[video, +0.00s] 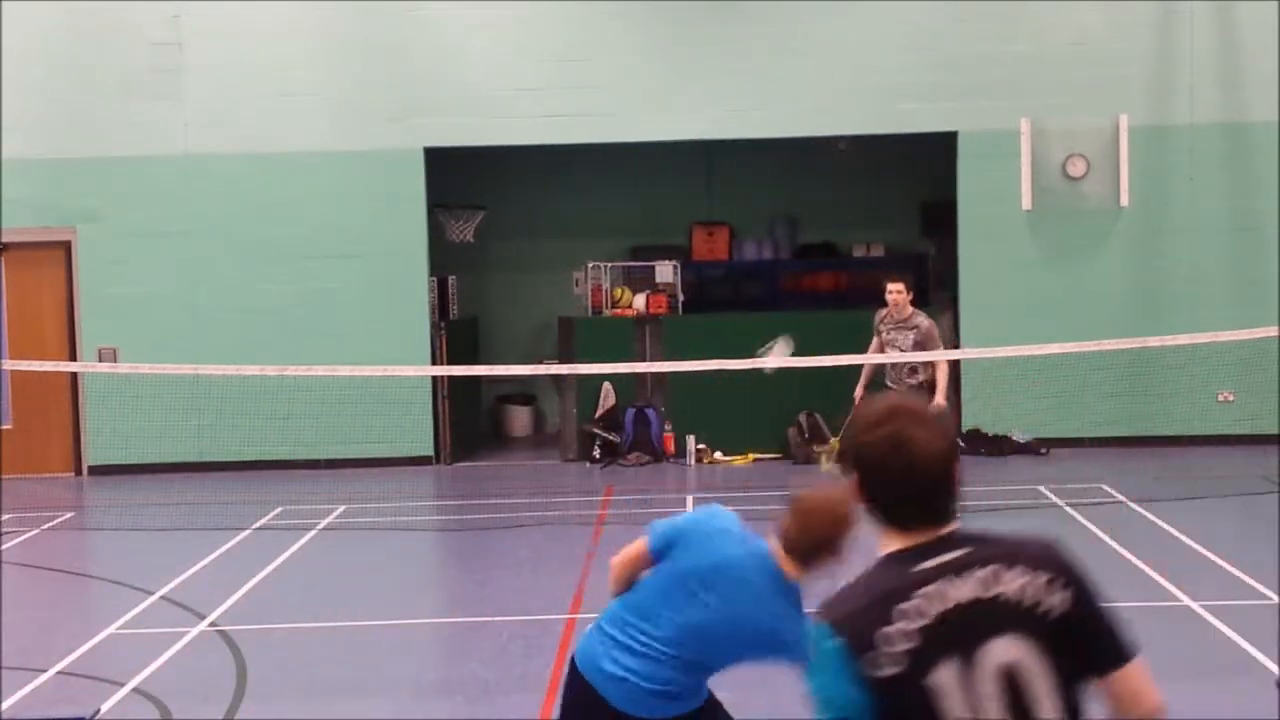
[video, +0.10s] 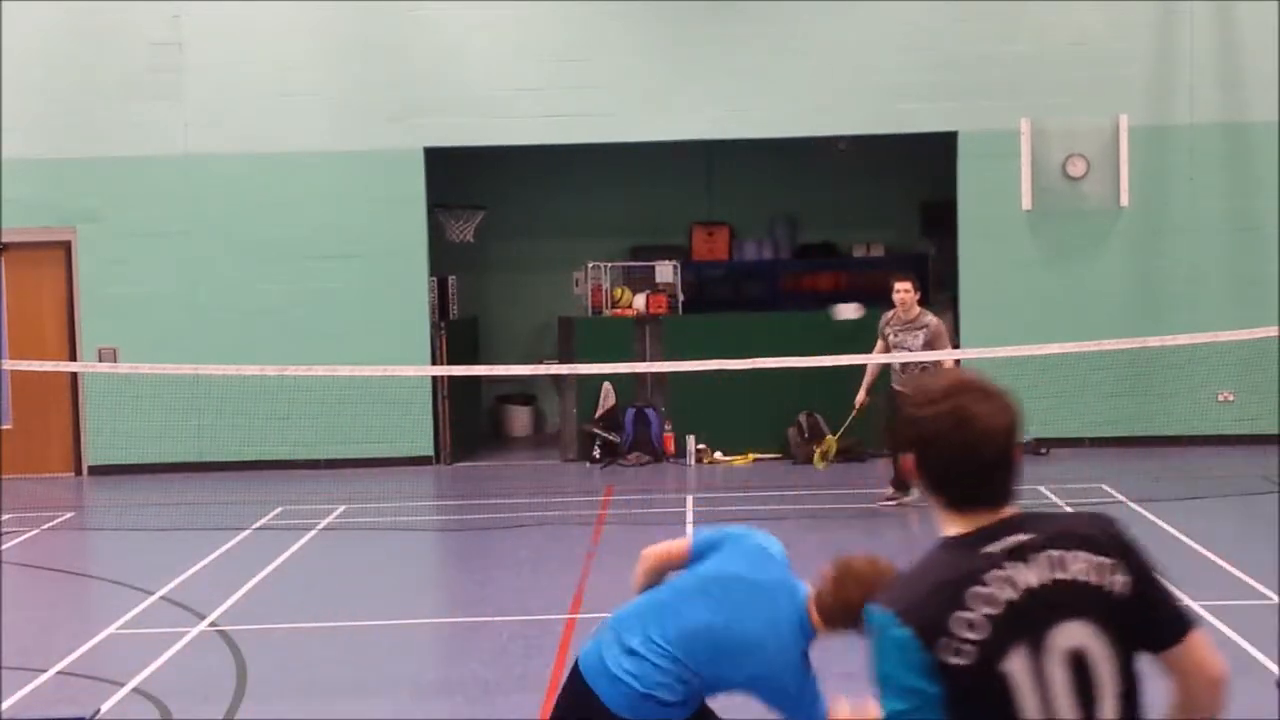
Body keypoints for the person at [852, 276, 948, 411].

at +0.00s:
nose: (894, 298)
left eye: (899, 293)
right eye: (890, 293)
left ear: (909, 296)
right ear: (885, 296)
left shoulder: (924, 325)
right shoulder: (882, 317)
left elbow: (940, 361)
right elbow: (875, 349)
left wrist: (940, 396)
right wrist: (861, 385)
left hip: (918, 392)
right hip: (890, 391)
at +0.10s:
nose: (901, 296)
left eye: (906, 292)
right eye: (897, 292)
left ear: (917, 295)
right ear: (892, 296)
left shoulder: (932, 325)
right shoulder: (888, 321)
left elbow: (948, 363)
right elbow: (878, 355)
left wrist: (948, 395)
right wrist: (863, 389)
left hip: (927, 394)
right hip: (898, 393)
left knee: (927, 438)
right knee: (896, 438)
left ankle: (935, 486)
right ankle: (901, 486)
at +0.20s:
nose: (905, 292)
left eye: (910, 287)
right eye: (902, 288)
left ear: (921, 291)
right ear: (897, 291)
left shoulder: (938, 320)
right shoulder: (892, 317)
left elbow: (952, 358)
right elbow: (883, 352)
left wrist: (941, 390)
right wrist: (868, 388)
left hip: (932, 388)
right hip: (902, 388)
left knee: (938, 445)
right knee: (895, 440)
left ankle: (949, 500)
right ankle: (902, 484)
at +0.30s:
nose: (909, 288)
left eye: (913, 283)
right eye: (904, 284)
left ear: (923, 287)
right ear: (899, 288)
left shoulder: (940, 316)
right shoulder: (891, 315)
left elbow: (953, 355)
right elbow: (881, 353)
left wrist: (942, 387)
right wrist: (871, 385)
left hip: (933, 387)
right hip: (902, 387)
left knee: (939, 444)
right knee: (897, 441)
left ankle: (950, 500)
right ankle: (903, 487)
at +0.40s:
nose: (906, 286)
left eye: (911, 281)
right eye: (902, 281)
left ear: (921, 284)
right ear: (896, 285)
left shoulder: (938, 314)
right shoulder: (888, 313)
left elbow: (953, 353)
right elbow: (878, 350)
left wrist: (945, 387)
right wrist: (871, 380)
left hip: (932, 386)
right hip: (900, 387)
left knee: (939, 445)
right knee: (898, 445)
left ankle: (950, 499)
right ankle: (899, 500)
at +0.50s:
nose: (903, 285)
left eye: (907, 280)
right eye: (898, 280)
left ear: (917, 284)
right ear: (892, 285)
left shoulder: (935, 315)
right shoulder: (881, 316)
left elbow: (948, 354)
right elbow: (872, 351)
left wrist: (947, 392)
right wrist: (868, 381)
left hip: (929, 389)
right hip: (896, 390)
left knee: (937, 448)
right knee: (897, 449)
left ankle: (949, 499)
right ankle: (896, 507)